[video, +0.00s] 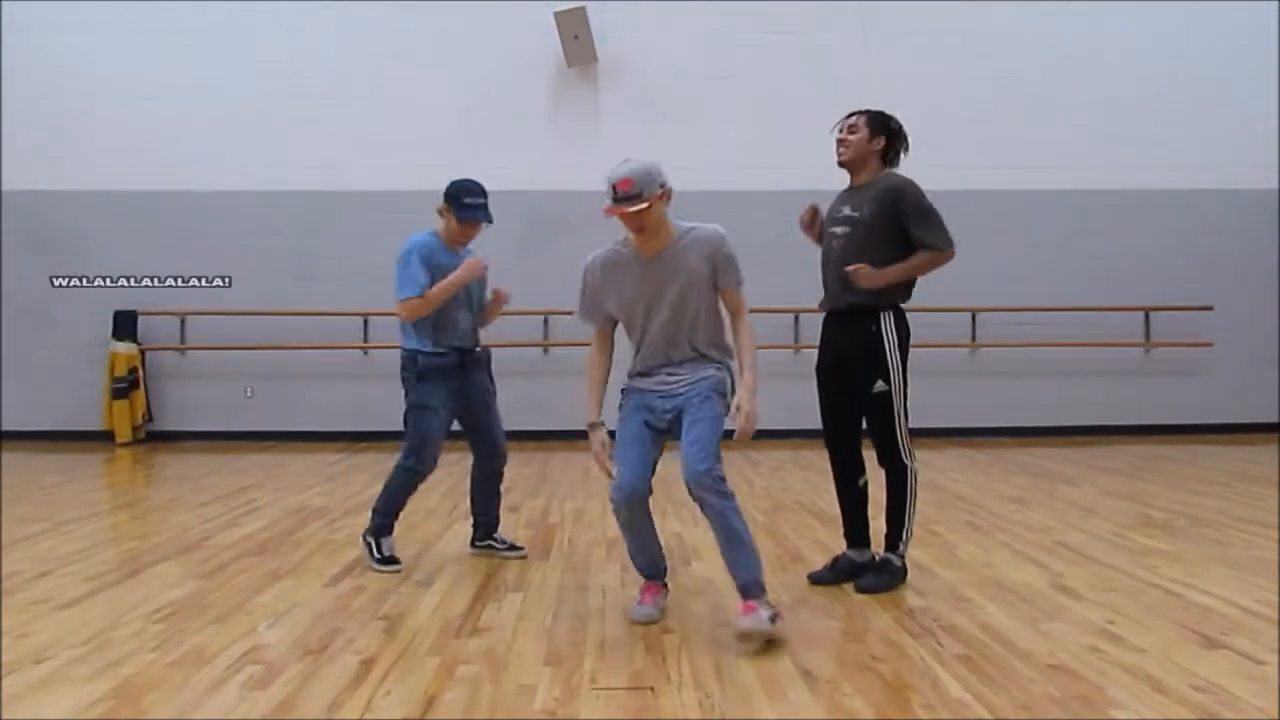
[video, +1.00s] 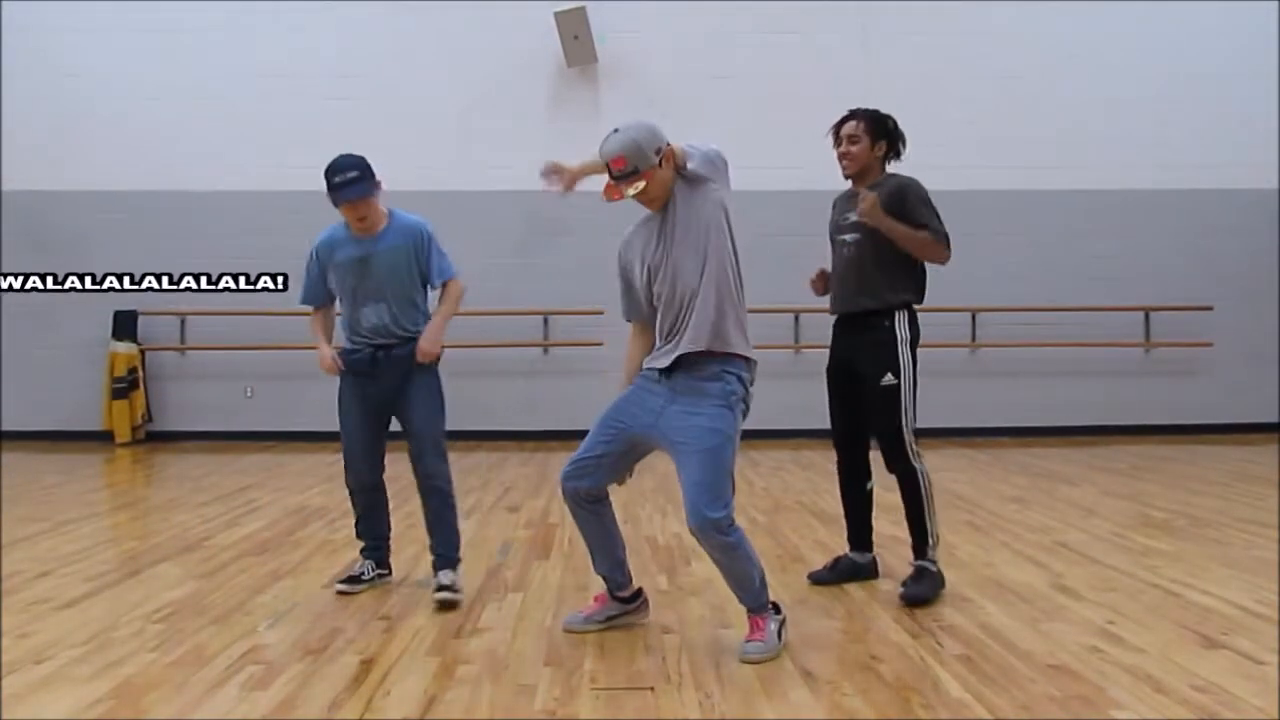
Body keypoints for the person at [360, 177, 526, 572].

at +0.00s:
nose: (471, 231)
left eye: (478, 223)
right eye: (464, 222)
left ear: (485, 221)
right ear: (443, 213)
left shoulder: (470, 258)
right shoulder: (417, 250)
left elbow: (472, 322)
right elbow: (408, 311)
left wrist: (493, 307)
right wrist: (460, 278)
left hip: (470, 365)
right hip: (428, 368)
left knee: (491, 450)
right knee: (421, 457)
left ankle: (485, 533)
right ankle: (378, 532)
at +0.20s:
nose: (473, 227)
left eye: (480, 220)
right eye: (466, 219)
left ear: (490, 216)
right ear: (450, 211)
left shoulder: (491, 251)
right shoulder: (424, 246)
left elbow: (518, 308)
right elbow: (426, 304)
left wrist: (517, 277)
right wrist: (461, 258)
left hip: (478, 367)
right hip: (428, 365)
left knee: (490, 449)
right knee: (412, 449)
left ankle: (485, 532)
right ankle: (395, 541)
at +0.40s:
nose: (446, 232)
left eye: (453, 224)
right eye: (438, 224)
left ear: (465, 216)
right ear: (424, 218)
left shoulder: (480, 252)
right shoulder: (404, 252)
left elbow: (499, 314)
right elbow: (411, 311)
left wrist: (494, 296)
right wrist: (438, 260)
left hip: (473, 371)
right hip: (421, 372)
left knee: (488, 454)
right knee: (403, 460)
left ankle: (484, 534)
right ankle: (381, 556)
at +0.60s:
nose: (401, 234)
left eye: (408, 225)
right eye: (392, 227)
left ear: (421, 215)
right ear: (379, 220)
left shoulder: (446, 247)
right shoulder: (365, 254)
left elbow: (466, 303)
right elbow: (369, 319)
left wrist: (466, 340)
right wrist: (393, 263)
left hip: (445, 369)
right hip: (393, 373)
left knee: (483, 447)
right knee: (376, 462)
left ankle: (486, 526)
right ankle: (376, 559)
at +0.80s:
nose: (373, 215)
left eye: (378, 205)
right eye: (363, 209)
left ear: (391, 194)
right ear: (349, 208)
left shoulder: (426, 237)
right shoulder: (335, 251)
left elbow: (452, 289)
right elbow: (321, 308)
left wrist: (456, 341)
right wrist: (335, 335)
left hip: (430, 364)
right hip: (372, 369)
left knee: (464, 450)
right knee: (367, 467)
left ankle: (479, 544)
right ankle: (375, 560)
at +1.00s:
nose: (356, 211)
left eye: (362, 200)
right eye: (346, 205)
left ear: (378, 189)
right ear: (333, 203)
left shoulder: (414, 233)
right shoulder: (326, 249)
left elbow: (452, 284)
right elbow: (320, 305)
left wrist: (435, 328)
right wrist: (324, 344)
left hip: (413, 363)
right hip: (358, 368)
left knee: (431, 466)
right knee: (361, 470)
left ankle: (446, 569)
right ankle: (375, 559)